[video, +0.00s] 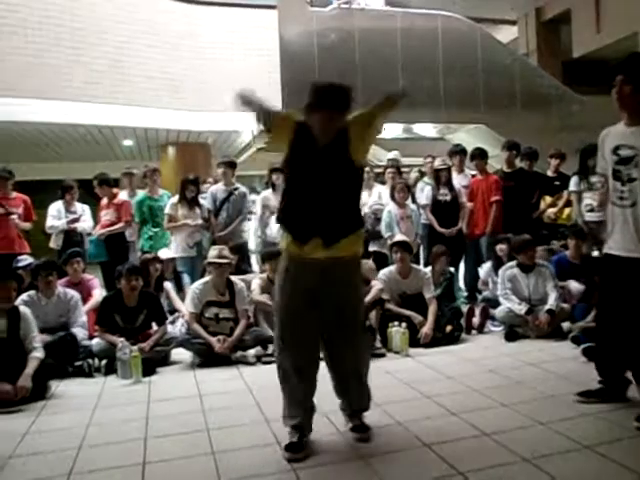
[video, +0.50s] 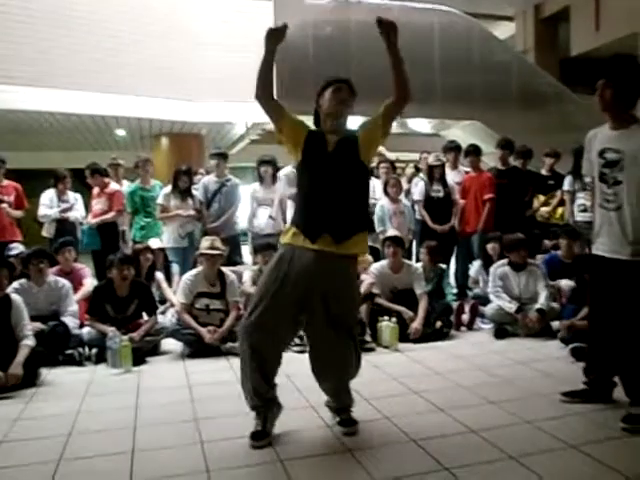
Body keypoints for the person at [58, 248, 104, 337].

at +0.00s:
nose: (75, 267)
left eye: (78, 263)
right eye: (71, 264)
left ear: (83, 265)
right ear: (65, 268)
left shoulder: (91, 281)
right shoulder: (60, 285)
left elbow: (98, 297)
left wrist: (82, 311)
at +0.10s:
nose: (76, 265)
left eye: (78, 261)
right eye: (72, 262)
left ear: (82, 262)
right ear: (66, 266)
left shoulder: (92, 279)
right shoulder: (62, 282)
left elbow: (97, 296)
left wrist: (82, 308)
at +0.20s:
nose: (77, 259)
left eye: (80, 255)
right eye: (73, 256)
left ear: (86, 257)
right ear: (68, 260)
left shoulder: (93, 273)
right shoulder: (63, 276)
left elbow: (100, 288)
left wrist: (84, 303)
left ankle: (93, 325)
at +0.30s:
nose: (74, 256)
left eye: (77, 252)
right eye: (70, 253)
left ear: (82, 255)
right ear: (64, 257)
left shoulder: (90, 271)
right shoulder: (59, 274)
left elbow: (96, 286)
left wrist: (81, 301)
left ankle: (89, 323)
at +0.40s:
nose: (72, 257)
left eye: (75, 252)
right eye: (68, 254)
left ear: (80, 255)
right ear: (63, 258)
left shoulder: (88, 271)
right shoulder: (57, 274)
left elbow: (94, 287)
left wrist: (78, 300)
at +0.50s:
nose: (66, 256)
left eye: (69, 251)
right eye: (62, 253)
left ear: (75, 254)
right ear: (57, 257)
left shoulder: (83, 270)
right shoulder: (51, 273)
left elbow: (89, 286)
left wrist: (72, 300)